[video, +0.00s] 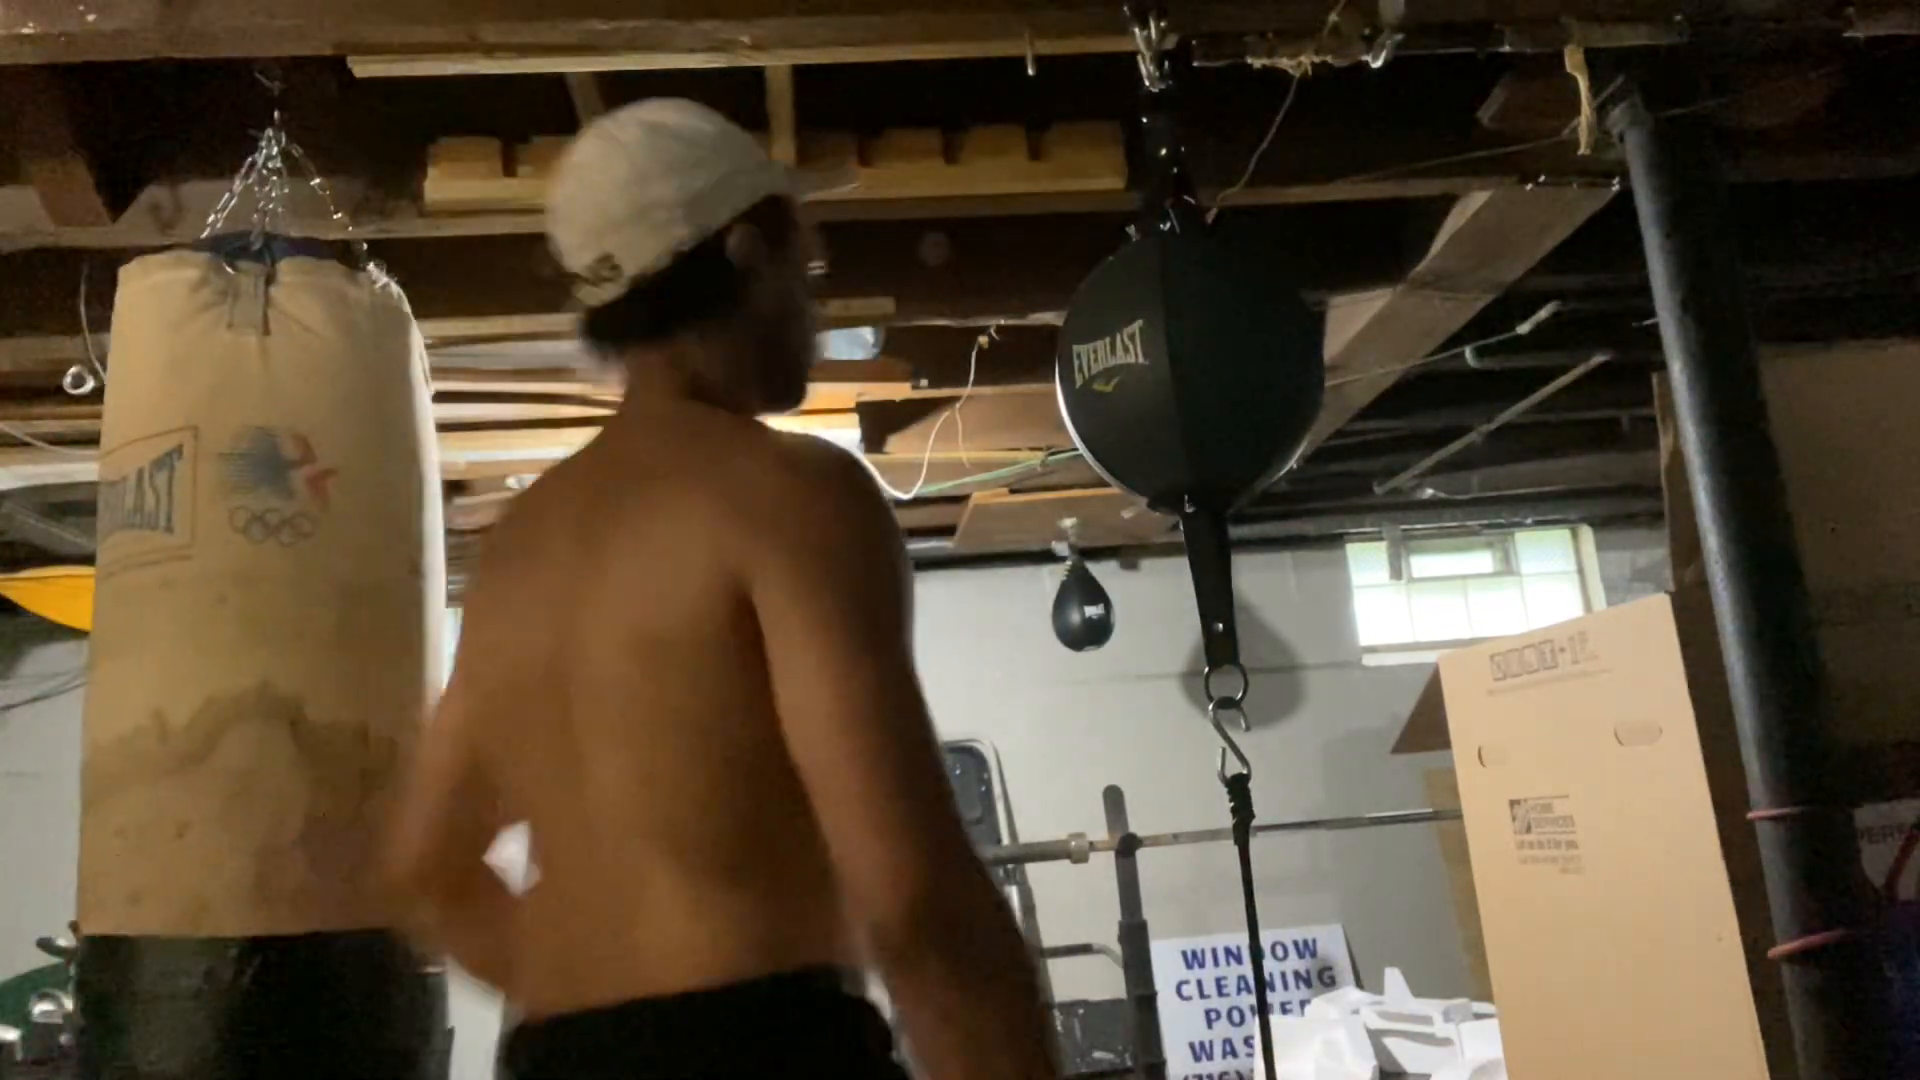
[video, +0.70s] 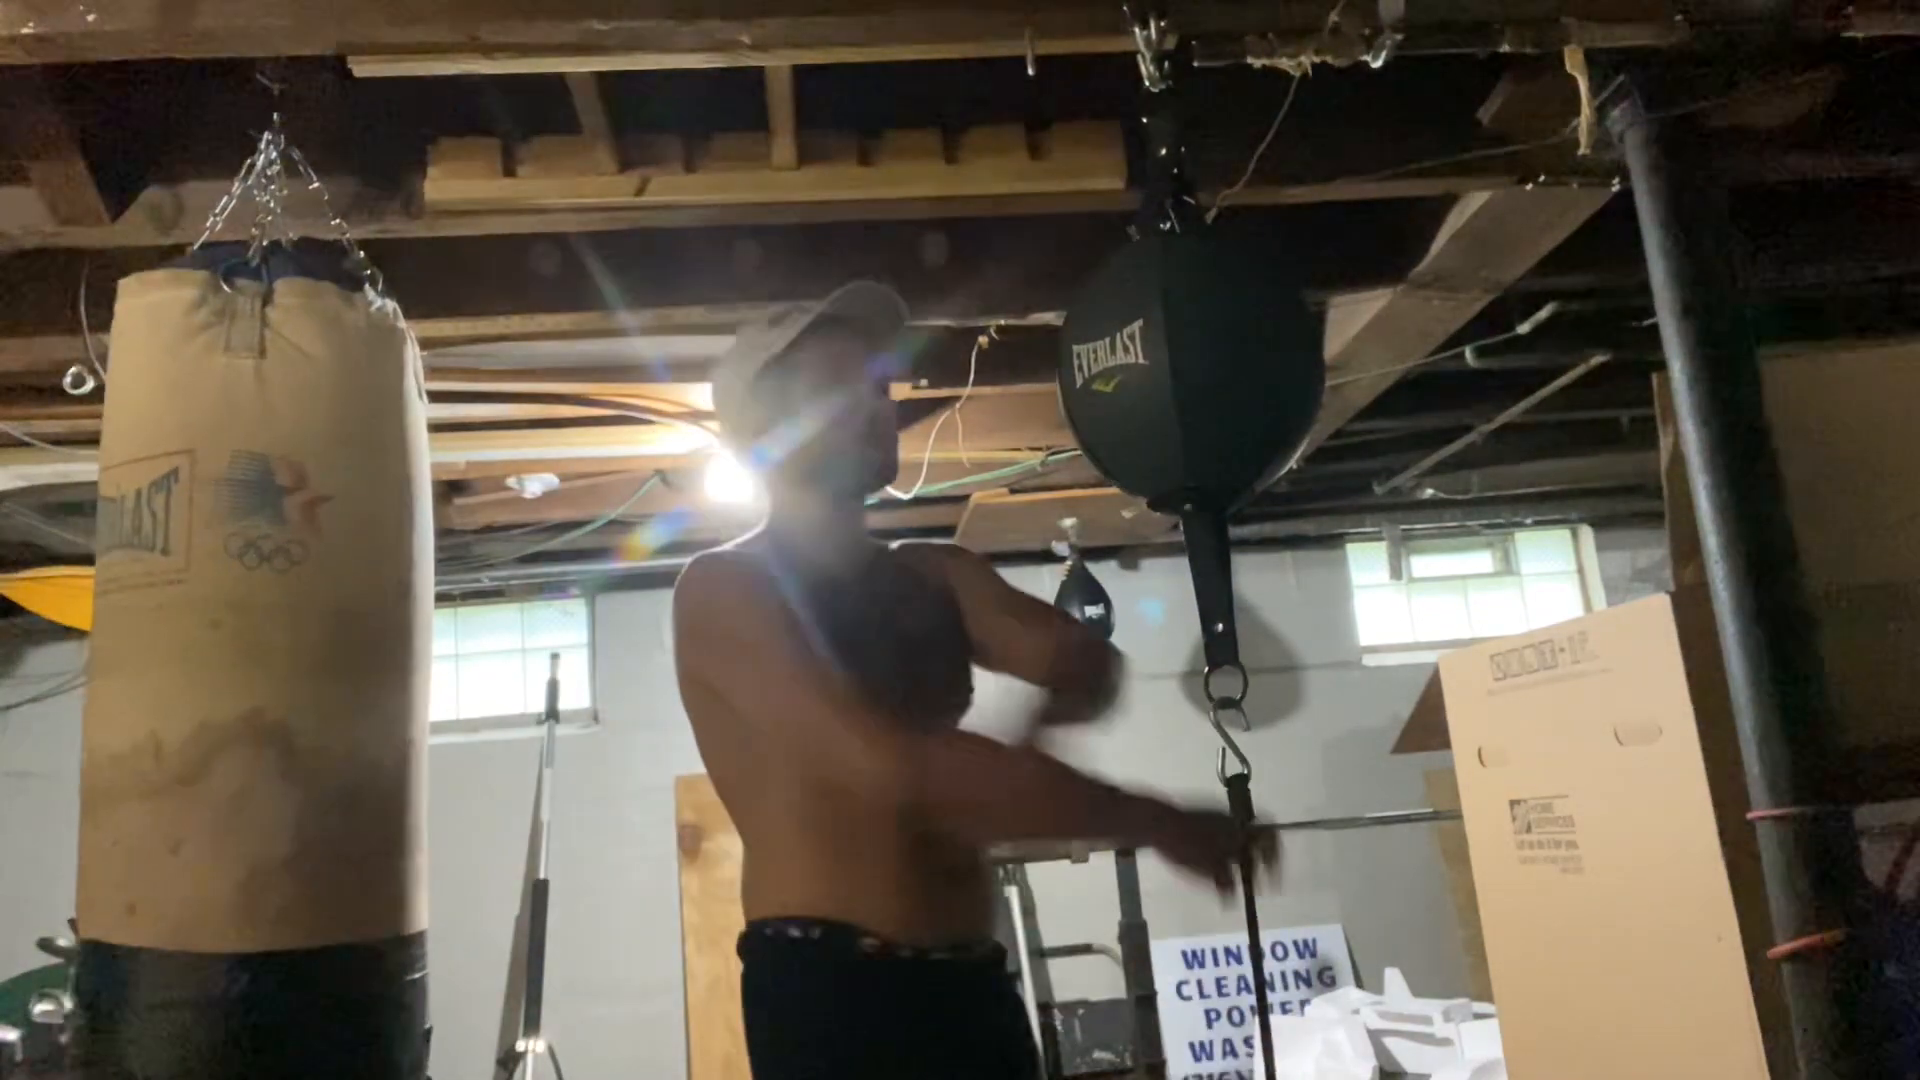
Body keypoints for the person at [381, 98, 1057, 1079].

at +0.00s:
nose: (812, 296)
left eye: (804, 261)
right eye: (796, 261)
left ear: (624, 296)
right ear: (741, 256)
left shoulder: (523, 532)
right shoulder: (786, 488)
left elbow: (424, 865)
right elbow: (912, 904)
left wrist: (581, 988)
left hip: (560, 1044)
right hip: (765, 1023)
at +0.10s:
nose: (860, 300)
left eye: (853, 265)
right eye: (842, 264)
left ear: (656, 299)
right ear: (763, 256)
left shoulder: (592, 513)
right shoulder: (799, 485)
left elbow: (525, 834)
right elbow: (922, 880)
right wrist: (1059, 1062)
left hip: (620, 1028)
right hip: (797, 1021)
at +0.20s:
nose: (905, 311)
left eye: (889, 276)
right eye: (876, 276)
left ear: (777, 281)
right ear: (780, 280)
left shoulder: (713, 502)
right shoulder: (779, 502)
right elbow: (925, 881)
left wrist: (1082, 1046)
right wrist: (1105, 1060)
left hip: (732, 1013)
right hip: (809, 1021)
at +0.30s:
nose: (911, 336)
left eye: (898, 305)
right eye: (884, 305)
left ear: (780, 316)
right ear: (778, 316)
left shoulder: (777, 529)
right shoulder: (763, 532)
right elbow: (925, 875)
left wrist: (1122, 1044)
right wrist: (1151, 1056)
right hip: (822, 1027)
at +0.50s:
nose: (907, 381)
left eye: (897, 355)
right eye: (871, 358)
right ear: (780, 393)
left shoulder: (887, 589)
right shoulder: (727, 584)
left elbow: (1081, 709)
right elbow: (928, 830)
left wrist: (1288, 802)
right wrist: (1196, 974)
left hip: (956, 1021)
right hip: (837, 1026)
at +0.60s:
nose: (902, 388)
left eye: (886, 363)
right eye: (860, 368)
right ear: (780, 406)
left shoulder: (909, 583)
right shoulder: (729, 586)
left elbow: (1106, 689)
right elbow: (923, 799)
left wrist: (1264, 778)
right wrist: (1188, 915)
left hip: (968, 1006)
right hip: (840, 1011)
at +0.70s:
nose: (889, 406)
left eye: (883, 385)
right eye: (856, 386)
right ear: (781, 421)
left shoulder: (933, 573)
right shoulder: (724, 584)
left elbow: (1085, 663)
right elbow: (891, 767)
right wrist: (1156, 824)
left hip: (970, 982)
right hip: (828, 989)